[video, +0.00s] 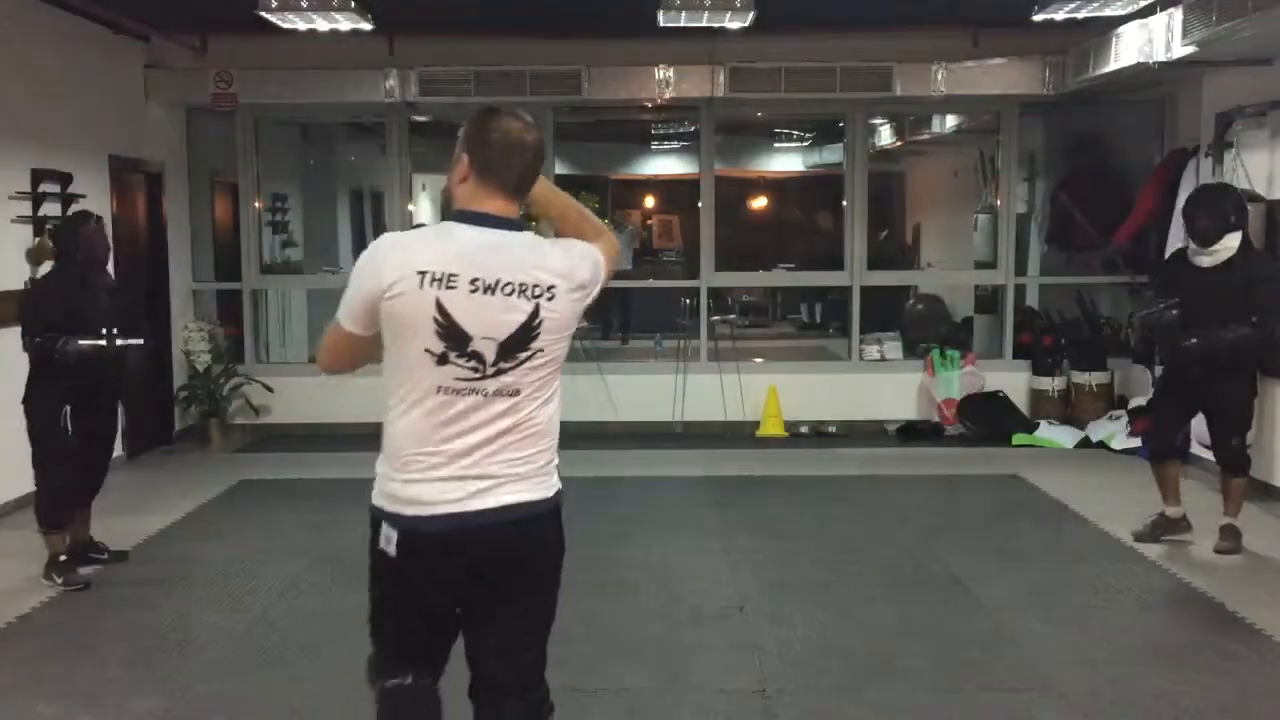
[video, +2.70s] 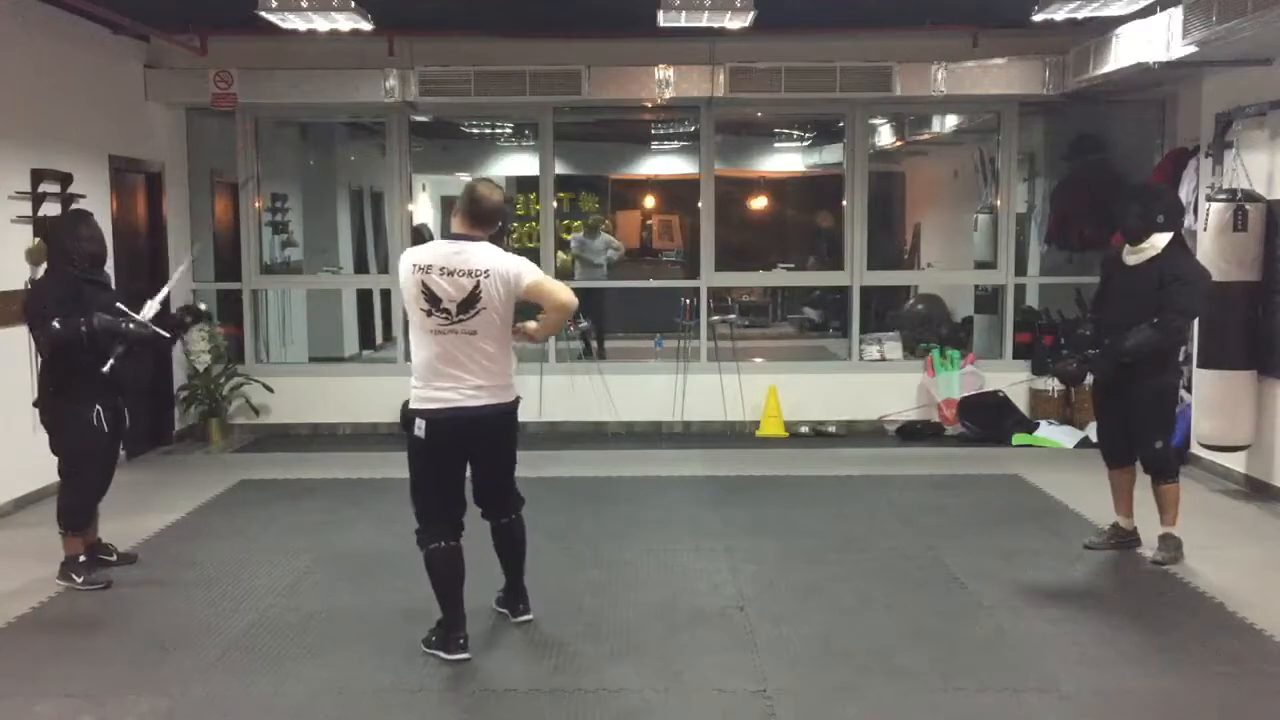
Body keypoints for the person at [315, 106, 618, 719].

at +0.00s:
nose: (451, 166)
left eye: (454, 156)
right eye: (456, 156)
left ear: (463, 165)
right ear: (531, 184)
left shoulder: (392, 256)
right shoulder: (565, 266)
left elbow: (334, 356)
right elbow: (603, 243)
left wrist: (406, 317)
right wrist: (531, 180)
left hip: (416, 522)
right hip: (526, 519)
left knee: (405, 678)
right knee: (514, 687)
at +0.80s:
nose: (441, 183)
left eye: (446, 175)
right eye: (447, 176)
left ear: (452, 186)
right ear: (510, 193)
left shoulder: (402, 263)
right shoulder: (535, 258)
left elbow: (357, 348)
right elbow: (532, 226)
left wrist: (401, 300)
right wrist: (499, 173)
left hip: (438, 470)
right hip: (524, 467)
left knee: (455, 620)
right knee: (529, 590)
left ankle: (465, 715)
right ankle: (533, 705)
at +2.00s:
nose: (433, 203)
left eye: (436, 197)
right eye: (443, 197)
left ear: (441, 202)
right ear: (486, 208)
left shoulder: (406, 262)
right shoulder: (516, 258)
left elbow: (378, 331)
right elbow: (529, 255)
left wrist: (413, 307)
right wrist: (482, 227)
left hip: (434, 424)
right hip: (502, 420)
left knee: (443, 529)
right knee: (515, 520)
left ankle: (452, 633)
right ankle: (515, 617)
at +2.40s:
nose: (428, 204)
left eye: (428, 198)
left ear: (430, 202)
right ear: (473, 210)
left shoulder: (392, 257)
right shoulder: (494, 259)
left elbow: (381, 323)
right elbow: (553, 309)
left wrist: (422, 304)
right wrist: (504, 315)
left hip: (425, 414)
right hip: (490, 411)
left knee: (435, 526)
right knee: (508, 506)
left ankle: (452, 633)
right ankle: (526, 599)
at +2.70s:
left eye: (457, 206)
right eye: (498, 222)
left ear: (454, 211)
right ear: (498, 224)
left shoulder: (411, 261)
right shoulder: (508, 265)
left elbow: (427, 306)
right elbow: (565, 302)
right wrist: (536, 331)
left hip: (434, 417)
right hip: (495, 413)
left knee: (438, 521)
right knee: (501, 502)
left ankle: (452, 630)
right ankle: (516, 593)